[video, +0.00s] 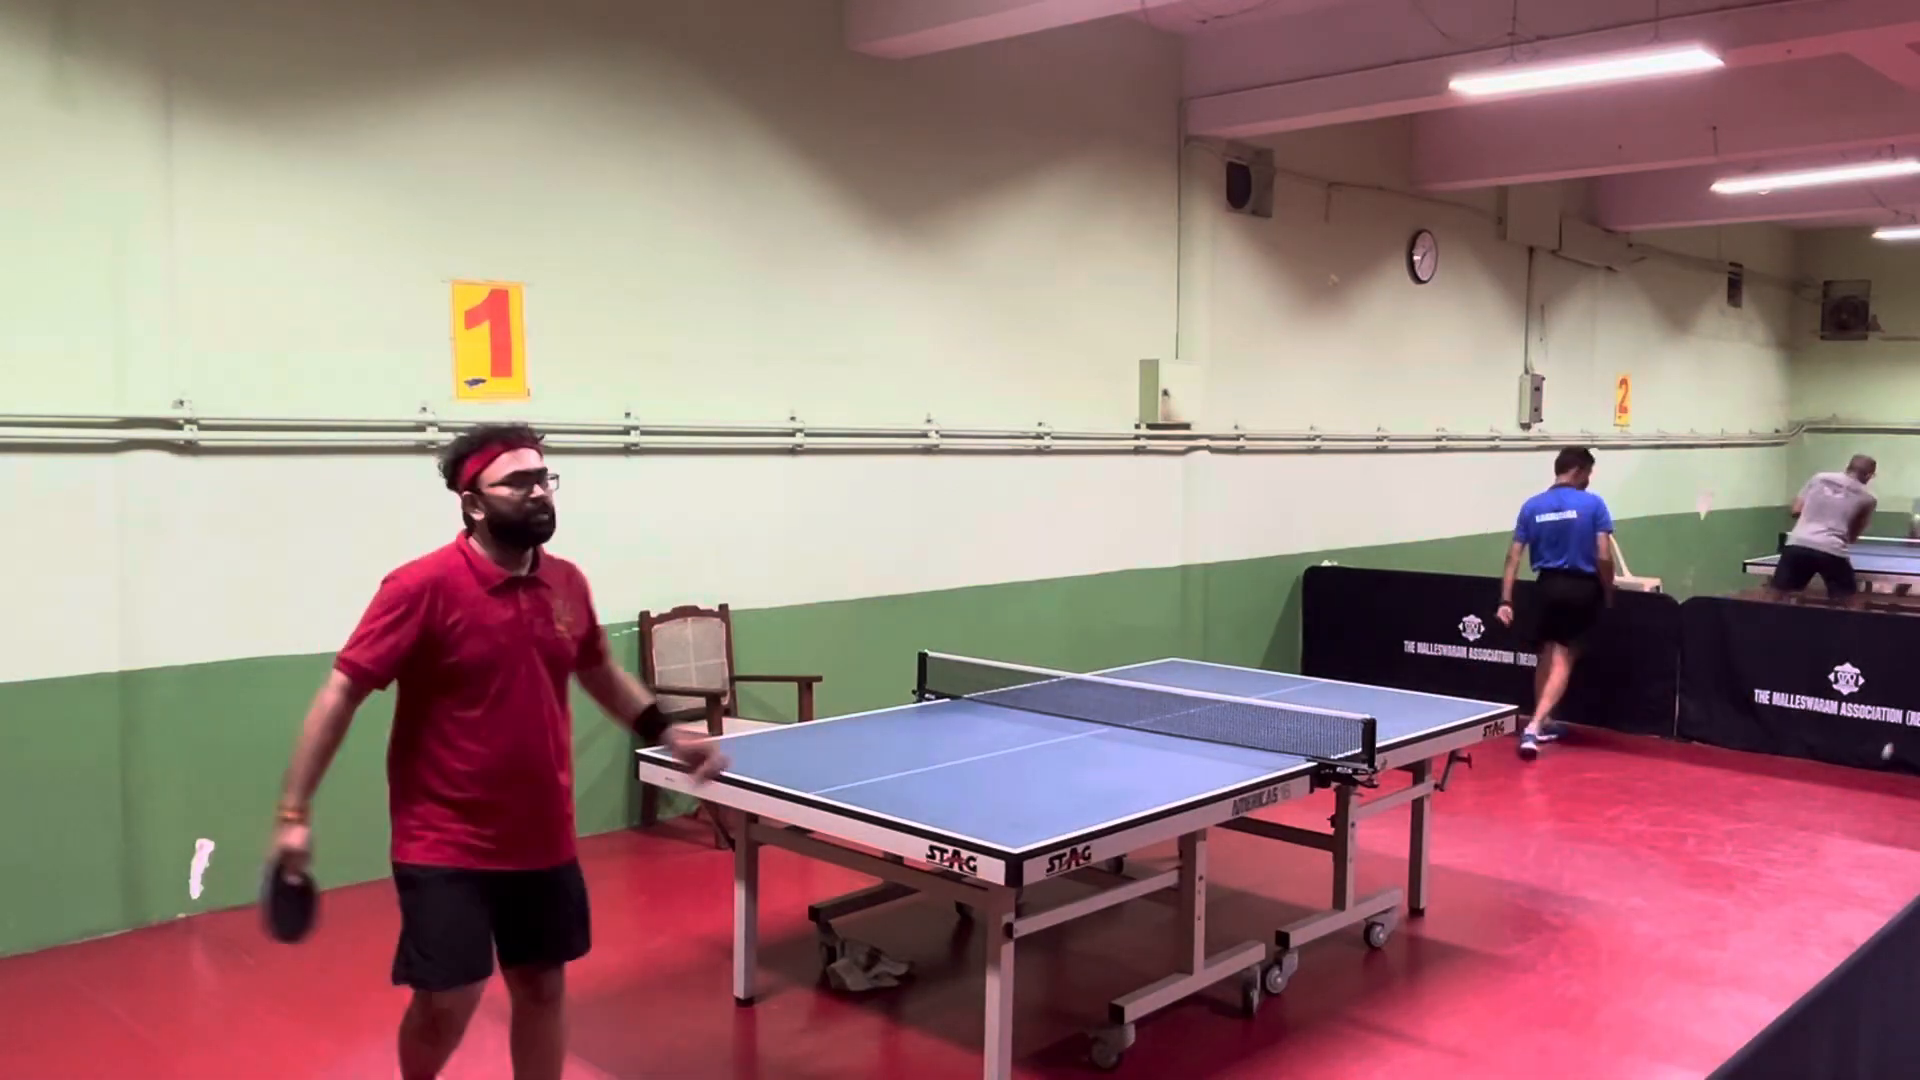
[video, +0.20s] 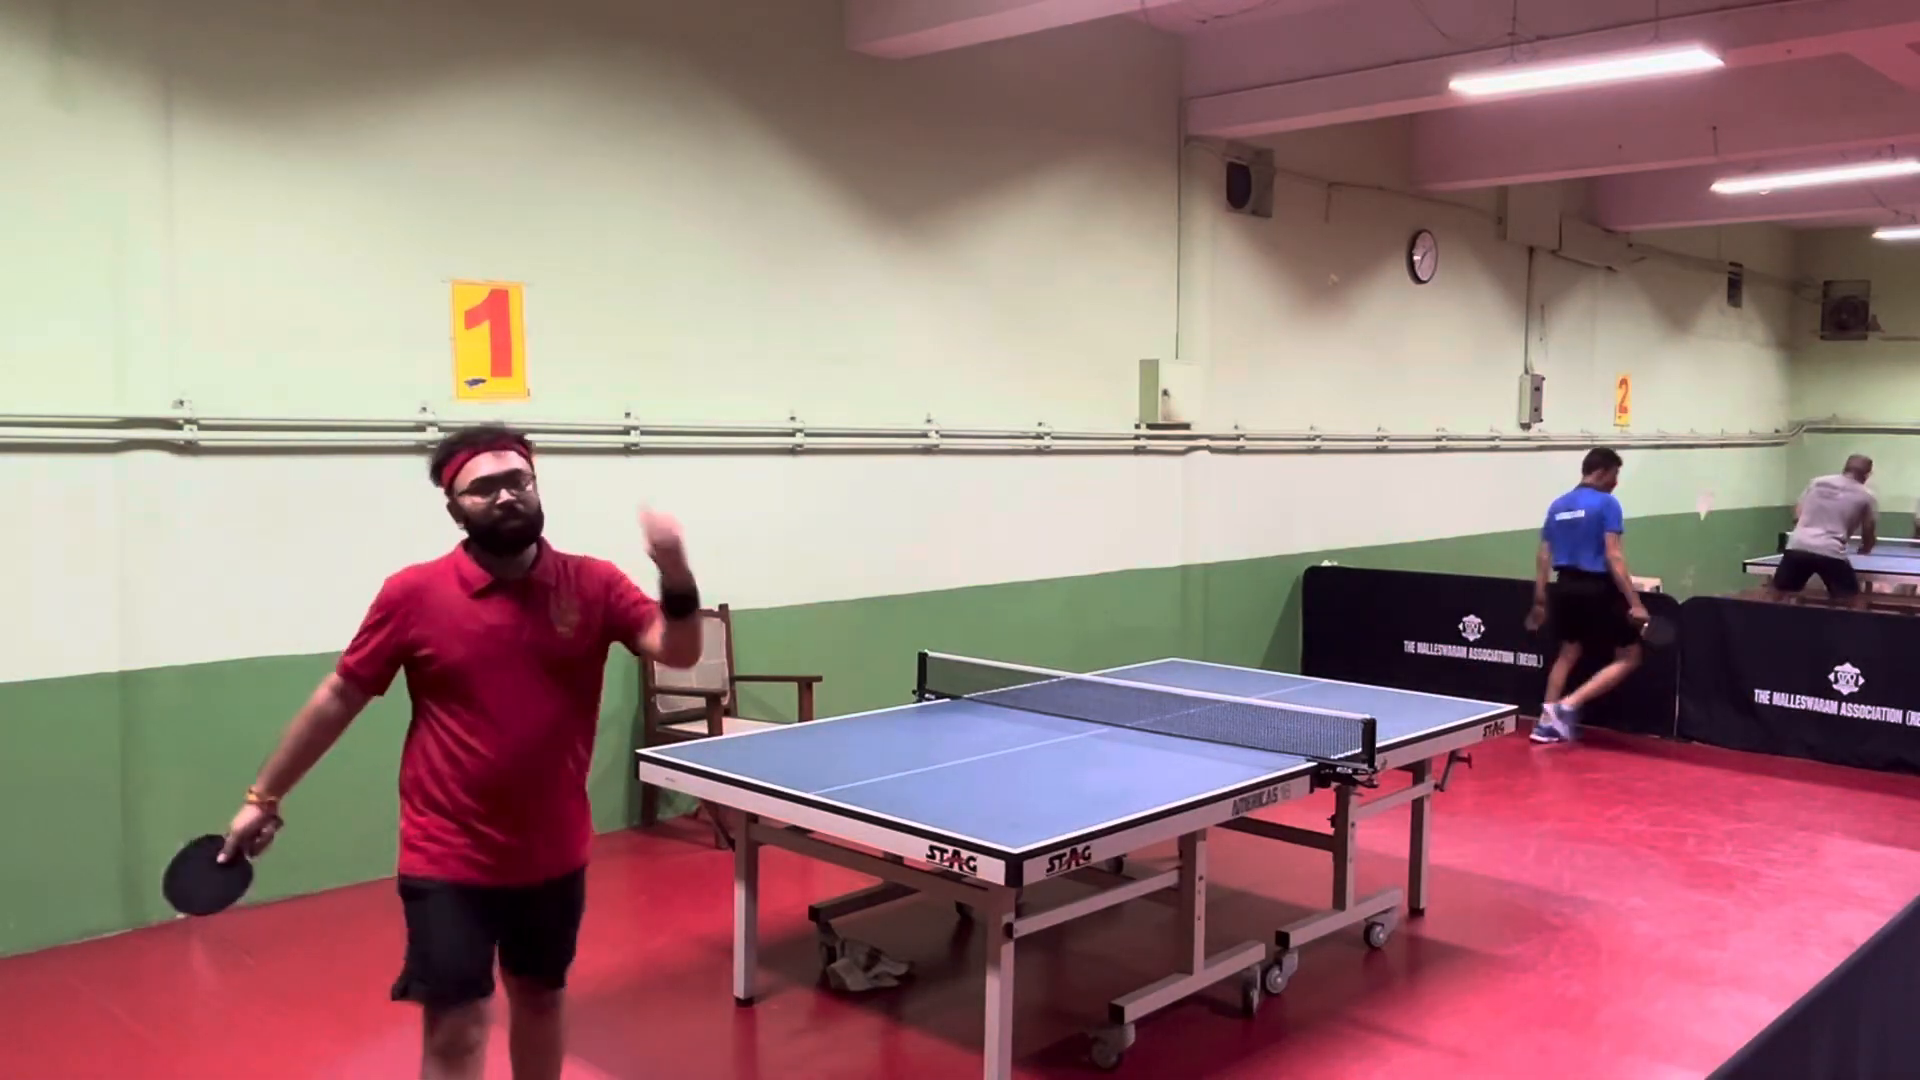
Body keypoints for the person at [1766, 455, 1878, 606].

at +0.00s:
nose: (1871, 477)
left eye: (1872, 474)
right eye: (1872, 474)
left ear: (1848, 467)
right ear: (1868, 475)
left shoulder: (1819, 478)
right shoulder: (1867, 499)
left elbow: (1796, 509)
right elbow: (1853, 535)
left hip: (1797, 549)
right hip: (1832, 555)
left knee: (1775, 599)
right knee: (1847, 608)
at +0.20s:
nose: (1867, 477)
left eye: (1867, 474)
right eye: (1867, 474)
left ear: (1844, 469)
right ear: (1865, 475)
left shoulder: (1817, 482)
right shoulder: (1866, 497)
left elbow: (1798, 512)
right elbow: (1868, 538)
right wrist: (1864, 549)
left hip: (1797, 550)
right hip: (1831, 555)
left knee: (1775, 599)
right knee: (1851, 606)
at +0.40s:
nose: (1850, 477)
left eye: (1850, 473)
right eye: (1849, 473)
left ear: (1827, 469)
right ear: (1846, 473)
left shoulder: (1800, 484)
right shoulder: (1847, 496)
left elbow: (1786, 519)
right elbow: (1856, 537)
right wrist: (1861, 551)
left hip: (1783, 556)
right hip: (1816, 561)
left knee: (1763, 604)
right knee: (1838, 607)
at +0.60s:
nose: (1837, 473)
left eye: (1837, 469)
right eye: (1837, 469)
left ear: (1815, 465)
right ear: (1835, 469)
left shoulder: (1791, 480)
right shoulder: (1836, 491)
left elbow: (1768, 514)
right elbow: (1845, 535)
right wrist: (1852, 549)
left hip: (1772, 550)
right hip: (1804, 554)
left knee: (1757, 600)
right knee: (1831, 603)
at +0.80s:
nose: (1842, 479)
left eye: (1843, 475)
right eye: (1843, 475)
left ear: (1819, 469)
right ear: (1839, 474)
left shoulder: (1794, 483)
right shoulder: (1836, 493)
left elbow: (1767, 516)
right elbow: (1845, 539)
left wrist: (1783, 526)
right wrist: (1872, 555)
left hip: (1777, 553)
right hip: (1809, 556)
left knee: (1758, 602)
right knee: (1839, 603)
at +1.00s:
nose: (1879, 490)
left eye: (1880, 486)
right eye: (1879, 486)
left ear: (1857, 478)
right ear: (1873, 483)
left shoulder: (1835, 495)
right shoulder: (1862, 502)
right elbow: (1876, 541)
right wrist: (1915, 550)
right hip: (1833, 566)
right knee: (1862, 595)